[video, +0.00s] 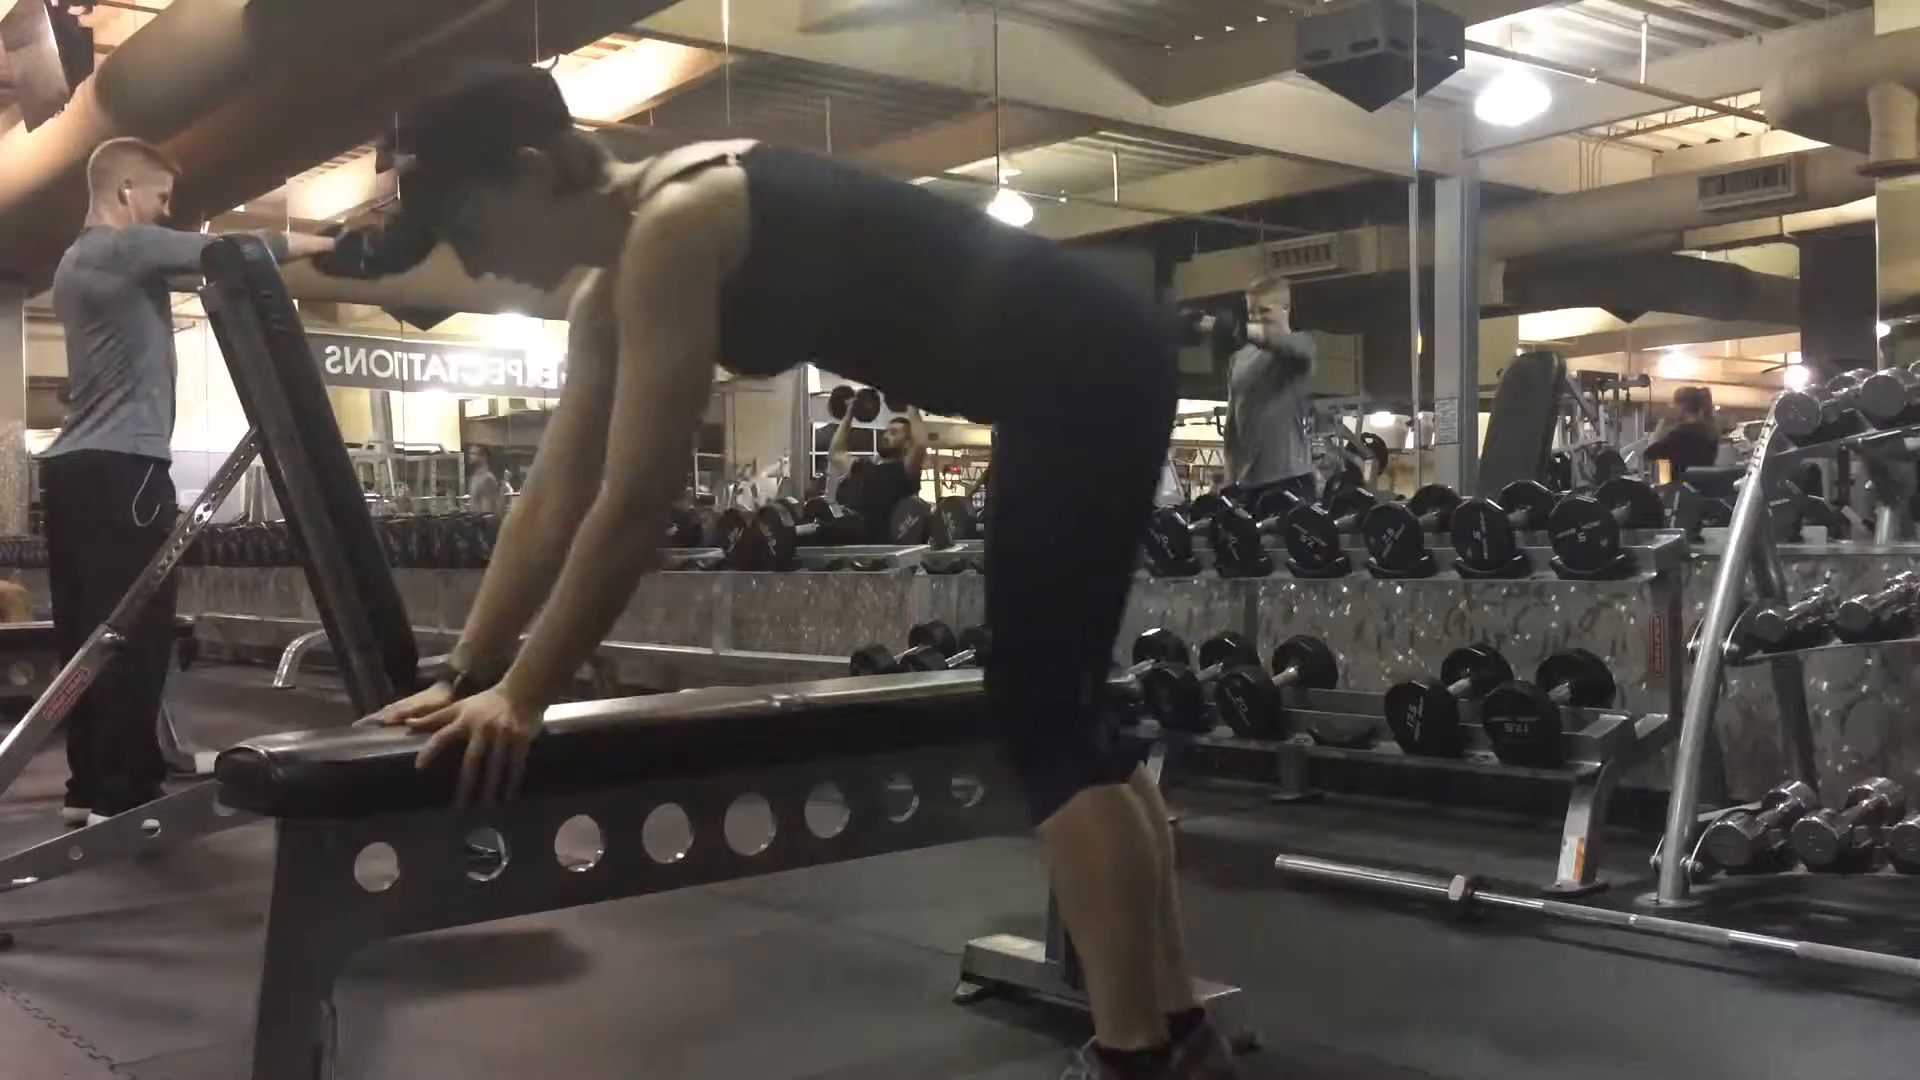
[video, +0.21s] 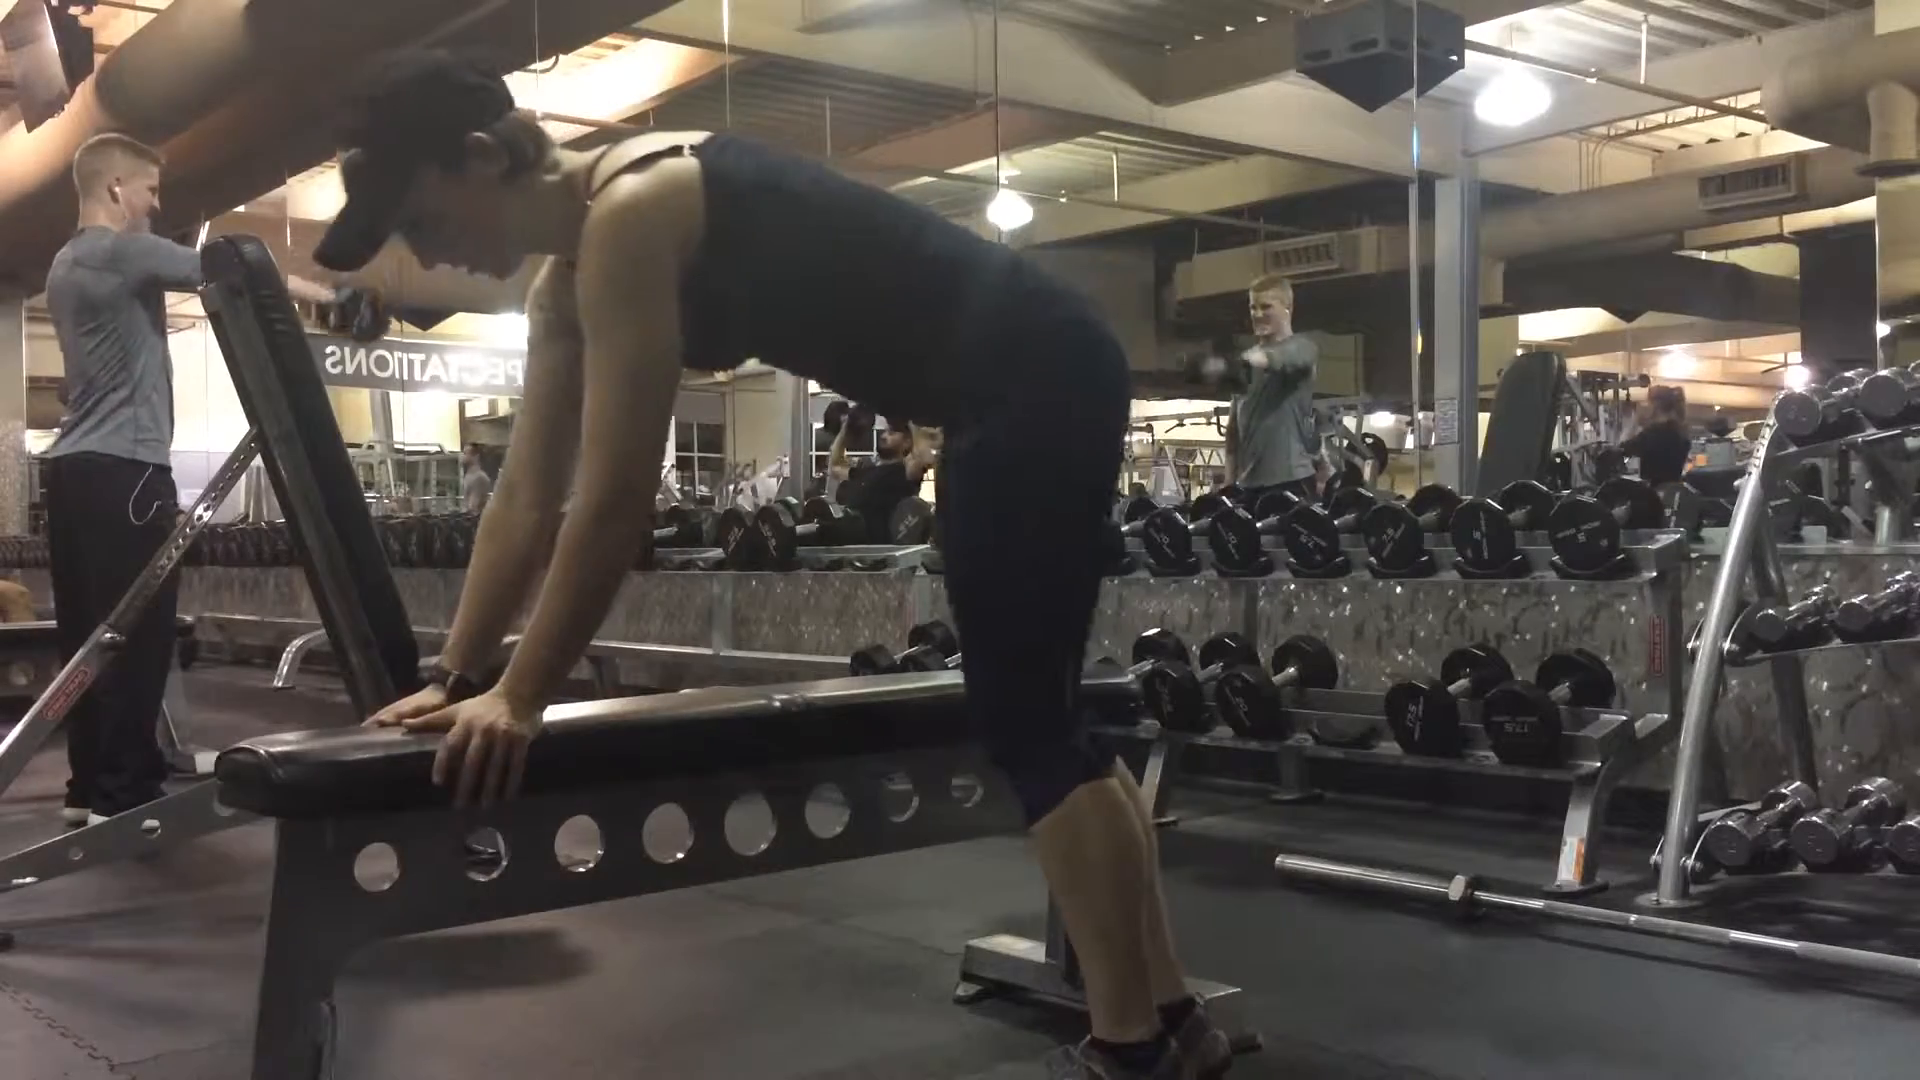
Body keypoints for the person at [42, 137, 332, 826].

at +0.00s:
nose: (166, 209)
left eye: (166, 199)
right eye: (159, 197)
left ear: (107, 198)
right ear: (122, 193)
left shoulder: (76, 262)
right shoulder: (125, 247)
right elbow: (231, 248)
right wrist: (327, 235)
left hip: (74, 469)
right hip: (123, 470)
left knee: (86, 635)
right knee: (136, 632)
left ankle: (90, 786)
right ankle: (128, 793)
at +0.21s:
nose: (156, 204)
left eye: (156, 192)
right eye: (150, 190)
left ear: (98, 193)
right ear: (115, 188)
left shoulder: (67, 264)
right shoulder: (118, 249)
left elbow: (137, 317)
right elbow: (232, 265)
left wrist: (205, 300)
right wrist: (331, 292)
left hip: (74, 468)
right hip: (124, 471)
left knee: (86, 632)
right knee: (140, 631)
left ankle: (91, 783)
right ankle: (126, 789)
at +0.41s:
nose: (162, 199)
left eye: (161, 187)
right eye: (156, 186)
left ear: (102, 193)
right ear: (127, 187)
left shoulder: (66, 267)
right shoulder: (137, 256)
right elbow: (221, 332)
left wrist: (184, 272)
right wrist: (223, 278)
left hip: (69, 466)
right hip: (125, 470)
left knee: (86, 629)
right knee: (139, 628)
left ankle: (92, 782)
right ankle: (126, 791)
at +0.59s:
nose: (168, 199)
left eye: (166, 187)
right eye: (161, 186)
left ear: (107, 194)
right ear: (134, 189)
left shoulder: (67, 272)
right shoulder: (146, 266)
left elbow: (83, 375)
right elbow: (199, 370)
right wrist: (242, 449)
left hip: (71, 468)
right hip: (130, 472)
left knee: (85, 629)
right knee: (142, 629)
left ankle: (90, 784)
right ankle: (126, 791)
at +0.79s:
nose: (168, 201)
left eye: (165, 188)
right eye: (162, 189)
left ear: (104, 195)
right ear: (136, 191)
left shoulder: (75, 269)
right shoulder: (141, 268)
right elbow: (164, 383)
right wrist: (186, 473)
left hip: (70, 468)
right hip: (122, 471)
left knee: (84, 629)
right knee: (132, 631)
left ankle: (89, 786)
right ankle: (123, 791)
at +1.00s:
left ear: (111, 207)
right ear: (156, 214)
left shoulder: (83, 265)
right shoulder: (136, 265)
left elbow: (86, 384)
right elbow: (150, 385)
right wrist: (169, 478)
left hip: (70, 467)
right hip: (117, 471)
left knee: (83, 632)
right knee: (128, 632)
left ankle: (88, 785)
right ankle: (119, 790)